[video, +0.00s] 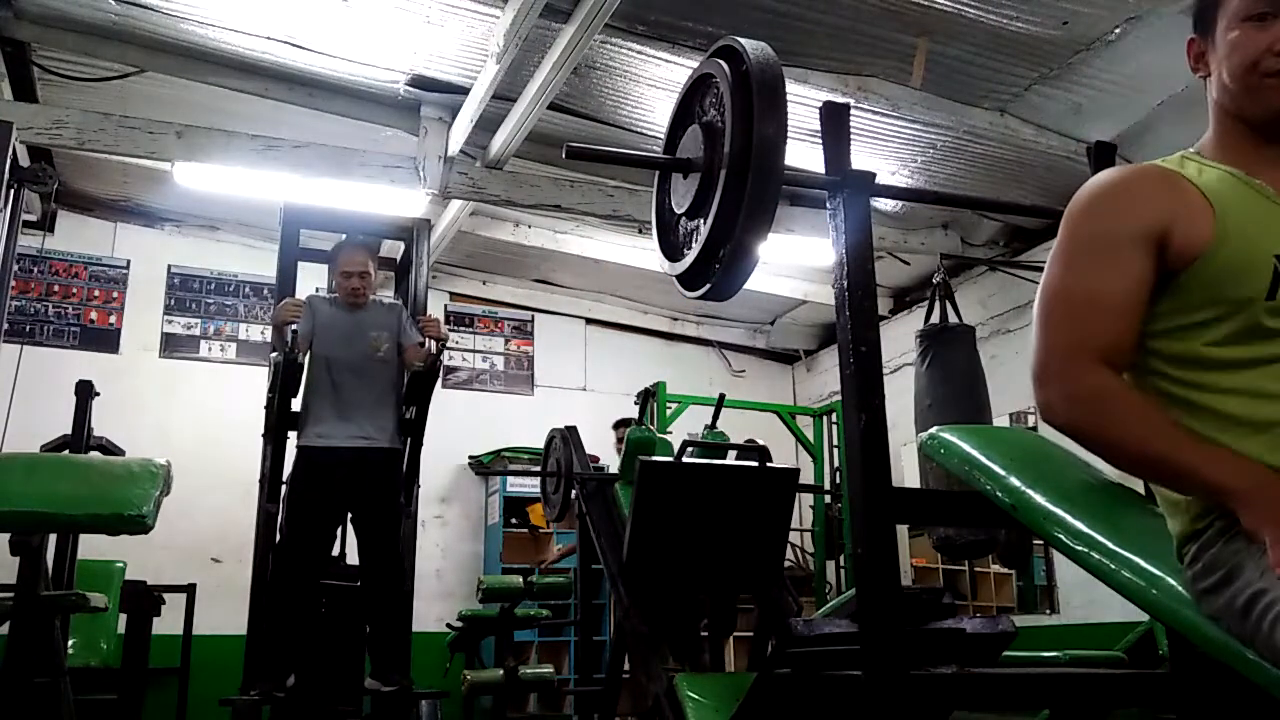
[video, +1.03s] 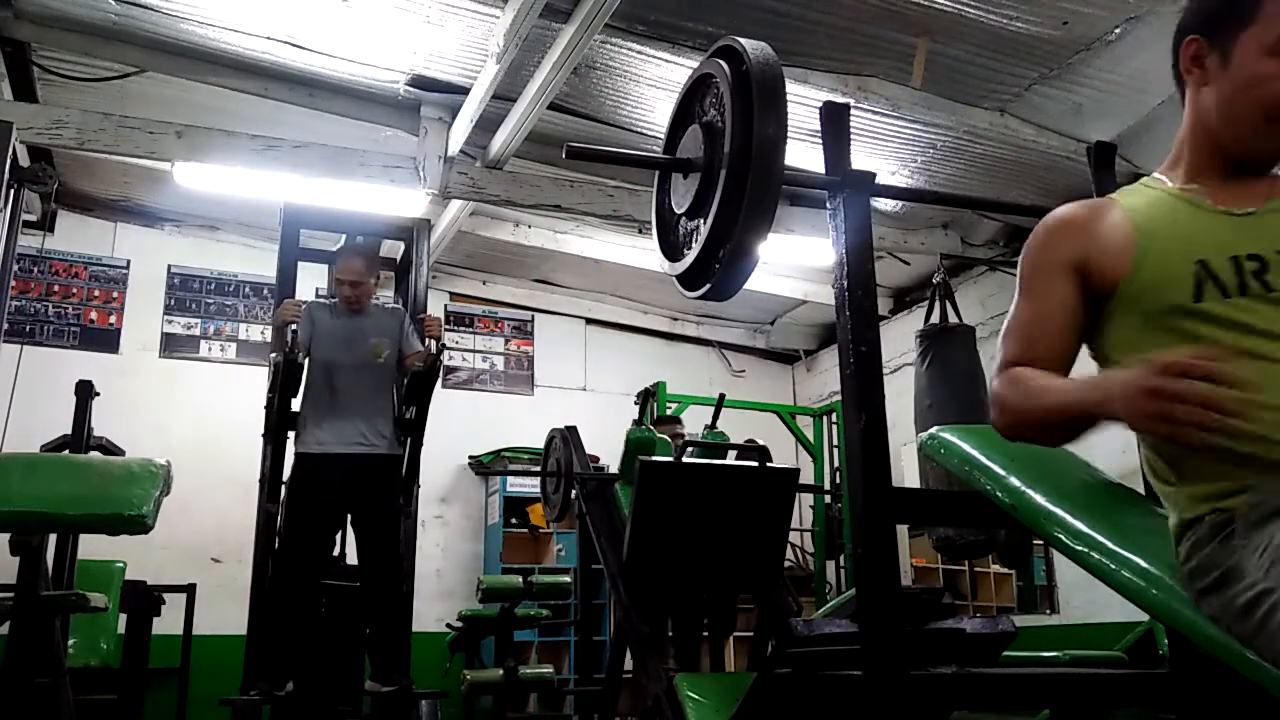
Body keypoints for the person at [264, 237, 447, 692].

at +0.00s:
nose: (355, 283)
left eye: (363, 276)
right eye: (347, 275)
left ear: (374, 276)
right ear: (333, 276)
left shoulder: (393, 313)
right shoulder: (315, 311)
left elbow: (417, 365)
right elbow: (288, 351)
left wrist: (432, 344)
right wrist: (278, 326)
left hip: (377, 453)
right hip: (319, 451)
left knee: (384, 568)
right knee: (297, 562)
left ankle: (387, 670)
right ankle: (281, 670)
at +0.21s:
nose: (357, 286)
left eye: (365, 278)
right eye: (348, 278)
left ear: (377, 280)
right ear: (334, 279)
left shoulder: (394, 319)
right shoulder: (313, 314)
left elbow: (415, 375)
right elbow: (287, 355)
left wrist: (431, 349)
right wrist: (281, 327)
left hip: (378, 457)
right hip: (319, 455)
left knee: (384, 570)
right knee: (298, 565)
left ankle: (385, 671)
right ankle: (282, 671)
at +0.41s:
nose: (359, 286)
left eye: (367, 279)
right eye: (351, 278)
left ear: (378, 280)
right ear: (335, 278)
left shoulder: (394, 318)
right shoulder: (313, 314)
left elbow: (413, 372)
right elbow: (285, 358)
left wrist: (430, 349)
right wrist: (279, 327)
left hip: (377, 457)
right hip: (318, 455)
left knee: (384, 571)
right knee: (296, 566)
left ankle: (387, 672)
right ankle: (279, 672)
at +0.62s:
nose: (360, 286)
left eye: (369, 278)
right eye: (352, 278)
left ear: (382, 278)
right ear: (339, 277)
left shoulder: (400, 316)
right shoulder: (320, 310)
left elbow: (417, 376)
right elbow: (295, 358)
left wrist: (431, 348)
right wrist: (282, 329)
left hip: (377, 455)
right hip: (319, 451)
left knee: (382, 570)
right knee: (297, 564)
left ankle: (386, 671)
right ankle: (281, 671)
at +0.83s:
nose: (358, 289)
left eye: (367, 281)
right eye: (351, 280)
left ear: (379, 282)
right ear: (338, 278)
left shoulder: (395, 318)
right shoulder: (315, 314)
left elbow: (415, 375)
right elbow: (286, 356)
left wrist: (430, 348)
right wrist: (280, 327)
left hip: (378, 459)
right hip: (319, 456)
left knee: (384, 572)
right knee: (299, 566)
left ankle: (386, 672)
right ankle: (282, 672)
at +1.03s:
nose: (350, 292)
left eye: (358, 284)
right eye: (342, 283)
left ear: (375, 281)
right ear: (332, 278)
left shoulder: (394, 318)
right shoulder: (314, 315)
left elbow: (415, 373)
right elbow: (286, 356)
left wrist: (429, 348)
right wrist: (280, 327)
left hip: (376, 458)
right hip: (317, 456)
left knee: (382, 571)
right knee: (298, 566)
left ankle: (385, 671)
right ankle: (282, 672)